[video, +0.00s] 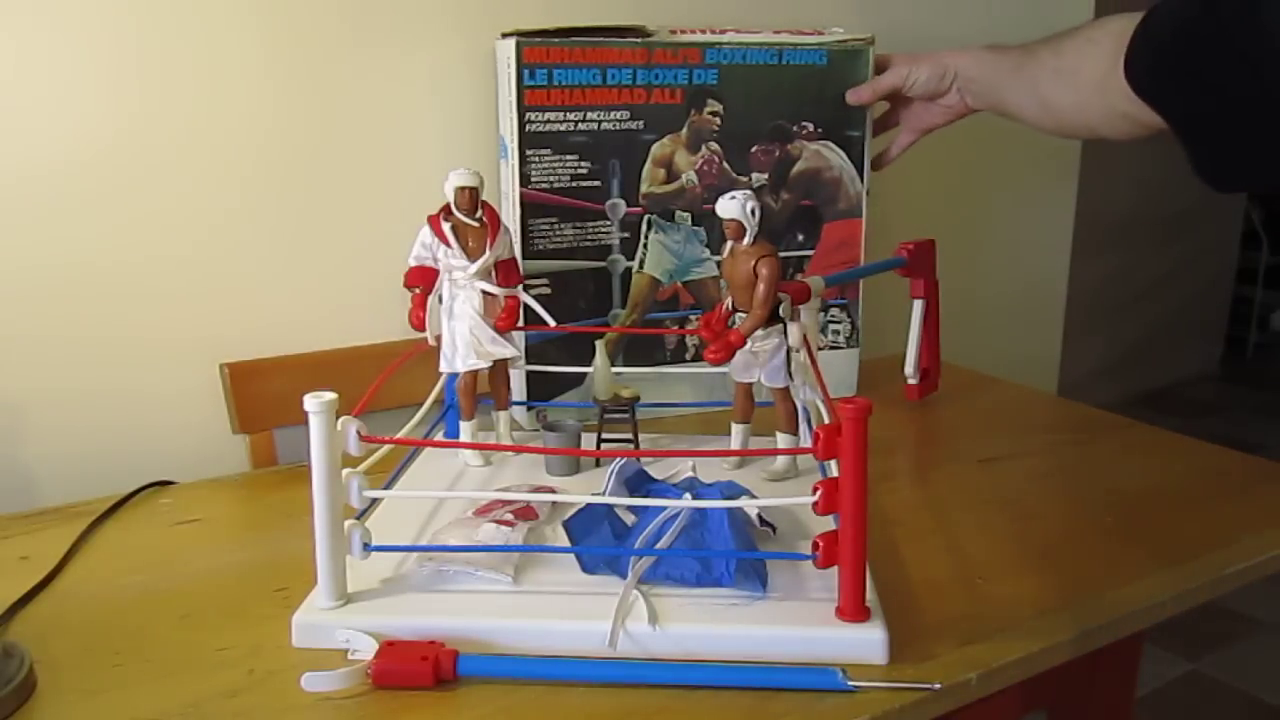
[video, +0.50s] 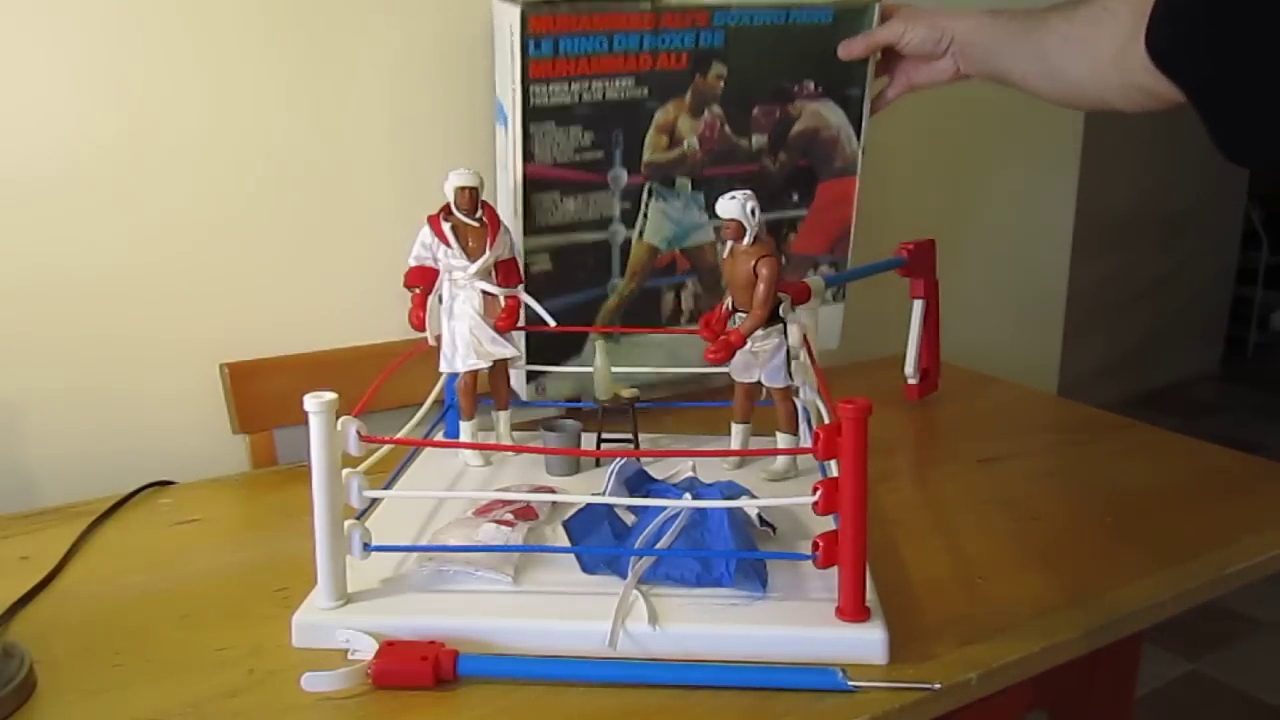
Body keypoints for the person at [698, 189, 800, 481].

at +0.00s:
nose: (725, 227)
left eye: (730, 222)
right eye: (723, 222)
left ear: (747, 223)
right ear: (724, 223)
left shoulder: (766, 259)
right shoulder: (730, 249)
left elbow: (761, 312)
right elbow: (734, 292)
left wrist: (735, 339)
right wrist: (720, 316)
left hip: (769, 332)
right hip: (742, 329)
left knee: (779, 390)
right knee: (742, 386)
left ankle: (787, 456)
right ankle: (738, 449)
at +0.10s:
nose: (725, 227)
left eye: (730, 222)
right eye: (723, 222)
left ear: (747, 222)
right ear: (724, 222)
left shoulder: (766, 259)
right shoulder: (729, 249)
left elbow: (761, 312)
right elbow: (733, 292)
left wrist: (735, 338)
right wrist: (720, 316)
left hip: (769, 332)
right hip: (742, 329)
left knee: (779, 390)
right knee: (742, 385)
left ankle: (786, 456)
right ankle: (738, 449)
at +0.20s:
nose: (725, 227)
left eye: (730, 222)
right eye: (723, 222)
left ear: (747, 223)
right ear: (724, 223)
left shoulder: (766, 260)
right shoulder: (730, 250)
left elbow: (761, 312)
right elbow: (733, 291)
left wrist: (735, 338)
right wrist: (719, 316)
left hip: (769, 332)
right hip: (742, 329)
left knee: (779, 390)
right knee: (742, 385)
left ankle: (786, 456)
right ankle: (738, 449)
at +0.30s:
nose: (725, 227)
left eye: (730, 222)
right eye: (723, 221)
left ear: (747, 222)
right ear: (724, 222)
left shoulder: (766, 259)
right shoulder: (729, 250)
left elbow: (761, 312)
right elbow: (732, 290)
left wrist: (735, 338)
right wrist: (719, 315)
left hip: (769, 331)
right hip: (742, 328)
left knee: (780, 390)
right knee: (742, 385)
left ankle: (786, 456)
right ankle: (737, 449)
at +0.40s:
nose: (726, 226)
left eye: (731, 221)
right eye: (724, 221)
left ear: (748, 222)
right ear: (724, 223)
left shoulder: (766, 261)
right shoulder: (728, 251)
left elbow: (761, 312)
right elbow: (733, 292)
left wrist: (734, 340)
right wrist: (719, 316)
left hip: (770, 333)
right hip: (744, 330)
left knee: (779, 391)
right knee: (742, 386)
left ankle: (787, 457)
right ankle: (738, 448)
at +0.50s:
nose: (724, 228)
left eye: (730, 223)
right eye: (723, 223)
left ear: (747, 224)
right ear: (724, 224)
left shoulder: (766, 260)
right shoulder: (730, 249)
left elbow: (761, 312)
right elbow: (735, 290)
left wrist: (735, 338)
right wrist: (721, 314)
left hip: (769, 331)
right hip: (742, 327)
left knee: (780, 391)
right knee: (742, 386)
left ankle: (786, 456)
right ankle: (737, 450)